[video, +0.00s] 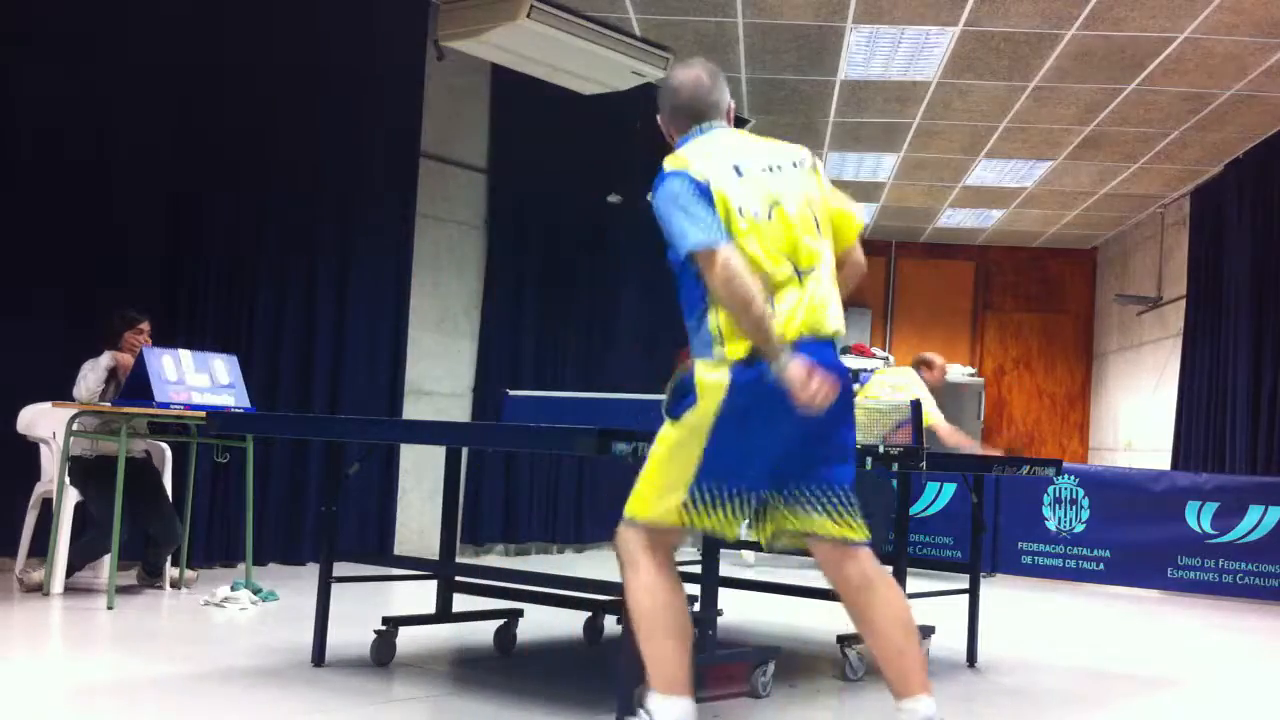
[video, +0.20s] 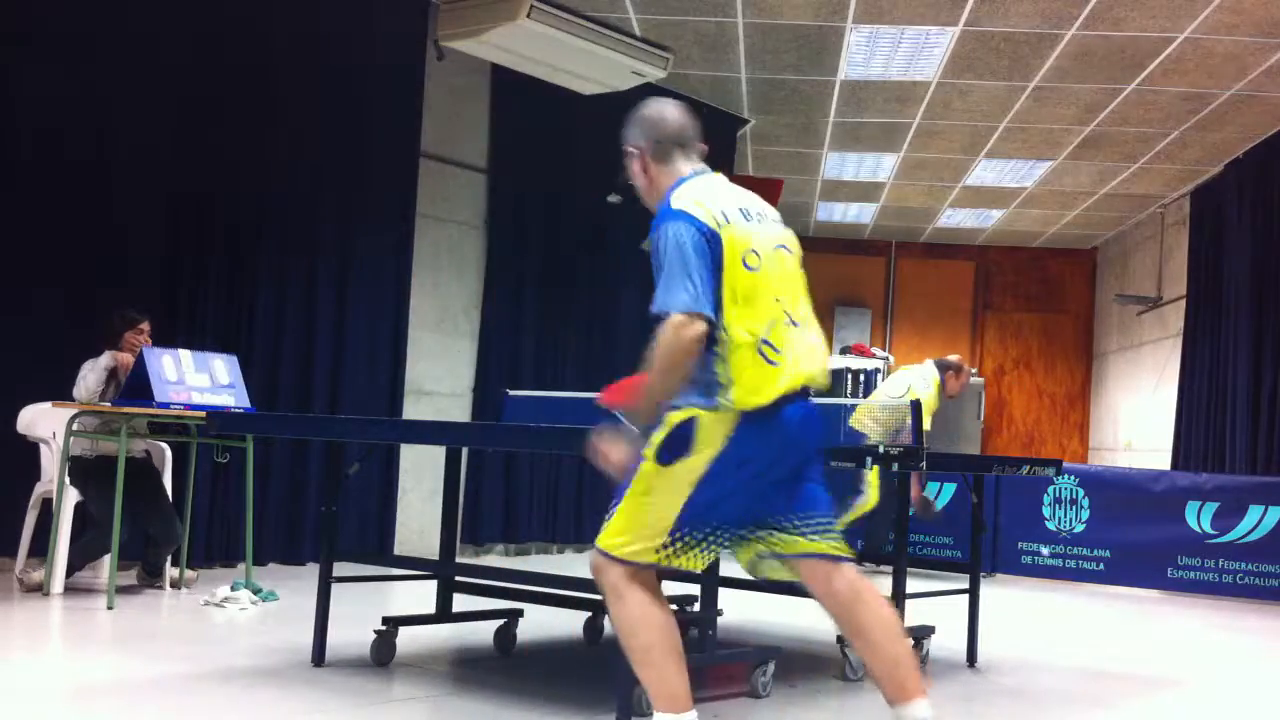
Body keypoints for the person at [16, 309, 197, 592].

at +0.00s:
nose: (144, 340)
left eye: (148, 335)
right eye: (138, 333)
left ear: (150, 339)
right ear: (120, 335)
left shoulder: (152, 369)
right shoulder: (98, 365)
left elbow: (171, 399)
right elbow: (83, 395)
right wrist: (109, 361)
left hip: (134, 458)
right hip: (91, 457)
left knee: (169, 531)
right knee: (110, 529)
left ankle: (152, 572)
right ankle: (53, 572)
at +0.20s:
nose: (144, 340)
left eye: (148, 335)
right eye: (138, 333)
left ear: (150, 339)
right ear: (120, 334)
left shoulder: (152, 369)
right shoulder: (98, 366)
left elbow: (173, 397)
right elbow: (83, 395)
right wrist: (108, 361)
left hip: (134, 457)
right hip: (91, 457)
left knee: (169, 532)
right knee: (110, 530)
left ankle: (152, 572)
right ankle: (53, 573)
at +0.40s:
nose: (141, 340)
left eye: (145, 334)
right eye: (134, 333)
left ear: (149, 340)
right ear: (116, 336)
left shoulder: (152, 371)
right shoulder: (97, 367)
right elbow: (83, 395)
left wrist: (148, 369)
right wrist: (113, 368)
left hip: (134, 458)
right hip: (91, 458)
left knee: (169, 531)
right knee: (110, 530)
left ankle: (152, 572)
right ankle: (53, 573)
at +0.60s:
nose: (140, 339)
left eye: (145, 334)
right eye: (133, 333)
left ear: (149, 340)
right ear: (117, 336)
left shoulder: (153, 372)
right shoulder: (96, 367)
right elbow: (84, 394)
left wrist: (151, 370)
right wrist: (117, 367)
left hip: (134, 458)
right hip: (91, 458)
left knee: (169, 532)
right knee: (111, 530)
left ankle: (151, 572)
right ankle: (53, 573)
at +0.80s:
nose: (139, 339)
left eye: (144, 333)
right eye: (131, 332)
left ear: (148, 339)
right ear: (113, 336)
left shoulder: (152, 370)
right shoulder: (97, 366)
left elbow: (174, 396)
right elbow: (84, 394)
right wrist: (115, 366)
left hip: (134, 458)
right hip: (91, 457)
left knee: (170, 532)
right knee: (111, 530)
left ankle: (152, 571)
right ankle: (53, 573)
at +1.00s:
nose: (139, 338)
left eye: (143, 332)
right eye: (131, 332)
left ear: (148, 337)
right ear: (114, 336)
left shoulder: (151, 370)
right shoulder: (98, 367)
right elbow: (83, 396)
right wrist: (107, 357)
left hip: (134, 457)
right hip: (91, 457)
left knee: (169, 532)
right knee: (113, 530)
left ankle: (152, 572)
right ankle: (53, 573)